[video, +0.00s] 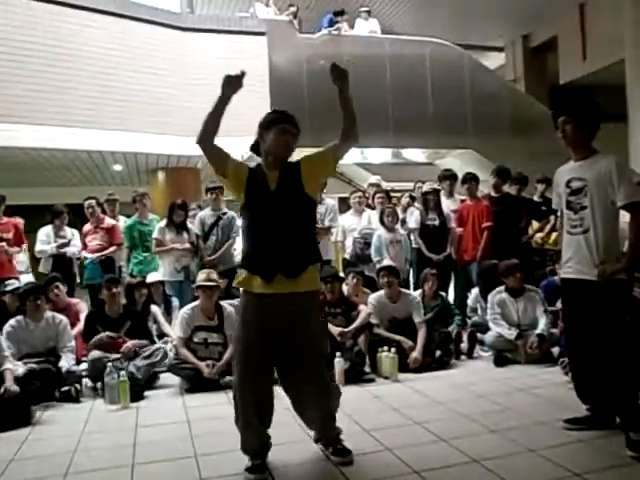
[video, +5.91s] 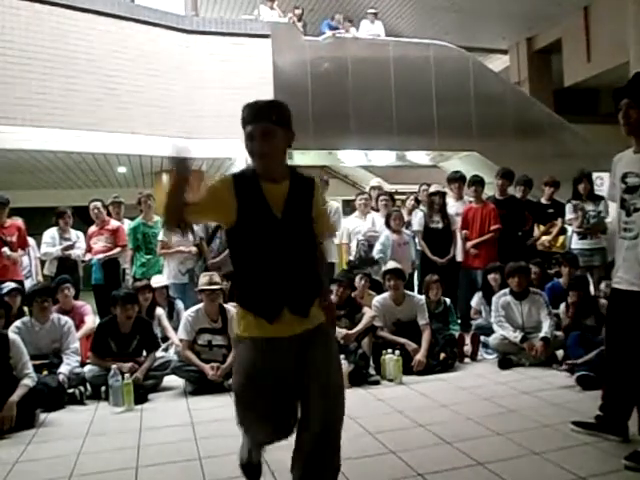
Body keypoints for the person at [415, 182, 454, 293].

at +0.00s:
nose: (432, 200)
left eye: (435, 197)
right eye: (429, 197)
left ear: (438, 198)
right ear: (424, 198)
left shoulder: (445, 214)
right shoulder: (419, 214)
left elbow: (450, 233)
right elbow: (416, 235)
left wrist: (447, 251)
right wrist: (428, 254)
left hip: (442, 255)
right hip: (425, 255)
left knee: (442, 289)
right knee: (423, 287)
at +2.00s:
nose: (432, 198)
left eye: (435, 195)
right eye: (429, 194)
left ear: (438, 197)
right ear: (424, 197)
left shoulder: (445, 214)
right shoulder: (418, 214)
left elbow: (449, 234)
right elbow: (416, 236)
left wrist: (447, 251)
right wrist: (428, 254)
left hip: (443, 257)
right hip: (425, 257)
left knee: (444, 290)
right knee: (425, 289)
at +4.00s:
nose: (436, 200)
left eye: (439, 197)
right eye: (433, 197)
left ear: (443, 199)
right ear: (429, 199)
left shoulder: (449, 217)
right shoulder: (423, 216)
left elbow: (454, 236)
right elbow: (420, 238)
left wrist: (453, 253)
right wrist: (433, 256)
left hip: (448, 259)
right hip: (430, 259)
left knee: (448, 292)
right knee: (429, 291)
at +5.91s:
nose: (437, 200)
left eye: (440, 196)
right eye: (434, 196)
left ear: (443, 199)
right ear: (429, 198)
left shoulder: (449, 217)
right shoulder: (423, 216)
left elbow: (454, 236)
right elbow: (420, 238)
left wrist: (451, 254)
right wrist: (432, 257)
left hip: (447, 260)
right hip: (429, 260)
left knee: (447, 292)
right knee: (428, 291)